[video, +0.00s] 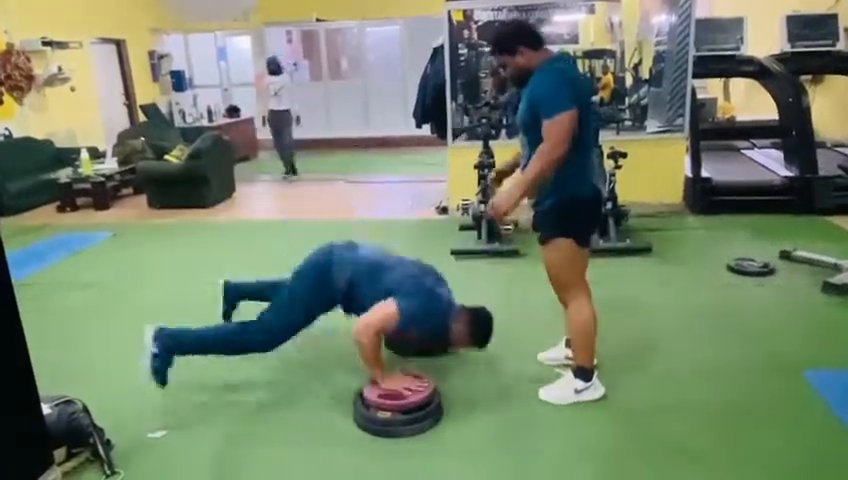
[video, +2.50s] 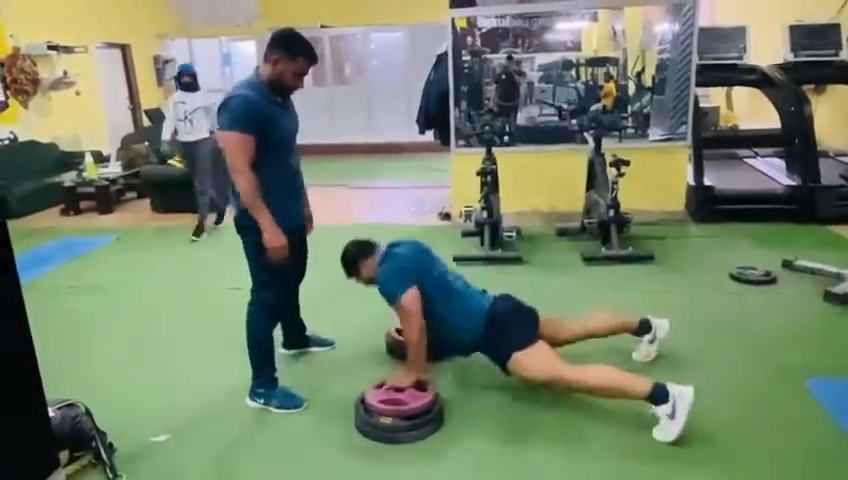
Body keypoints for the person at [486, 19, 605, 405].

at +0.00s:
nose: (504, 72)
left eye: (504, 63)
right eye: (501, 65)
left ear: (521, 52)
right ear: (526, 50)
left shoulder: (553, 79)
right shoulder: (549, 75)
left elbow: (556, 146)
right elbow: (544, 140)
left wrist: (513, 193)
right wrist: (512, 170)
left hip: (567, 199)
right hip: (563, 196)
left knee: (572, 290)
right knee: (569, 281)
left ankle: (585, 378)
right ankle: (576, 347)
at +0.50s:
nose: (510, 61)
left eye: (512, 53)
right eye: (509, 53)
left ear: (527, 49)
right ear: (542, 42)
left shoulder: (556, 81)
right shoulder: (558, 74)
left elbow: (565, 150)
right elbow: (567, 147)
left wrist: (545, 210)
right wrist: (548, 202)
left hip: (570, 201)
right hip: (566, 197)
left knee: (575, 290)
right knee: (568, 282)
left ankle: (586, 379)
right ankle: (577, 346)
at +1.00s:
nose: (504, 71)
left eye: (504, 63)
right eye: (501, 65)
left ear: (519, 53)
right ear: (524, 51)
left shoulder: (548, 83)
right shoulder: (548, 78)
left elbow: (555, 149)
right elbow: (557, 145)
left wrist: (526, 206)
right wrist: (531, 202)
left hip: (567, 202)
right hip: (561, 201)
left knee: (574, 292)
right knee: (569, 284)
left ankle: (586, 380)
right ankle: (577, 347)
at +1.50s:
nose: (469, 214)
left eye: (471, 207)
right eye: (467, 208)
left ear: (486, 200)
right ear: (490, 195)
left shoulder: (512, 220)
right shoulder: (508, 207)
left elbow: (494, 289)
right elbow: (491, 261)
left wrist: (448, 325)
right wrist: (456, 284)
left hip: (575, 306)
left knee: (500, 336)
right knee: (498, 299)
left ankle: (575, 372)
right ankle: (564, 338)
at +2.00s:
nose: (374, 360)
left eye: (370, 356)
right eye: (370, 357)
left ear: (371, 343)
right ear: (373, 324)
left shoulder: (391, 327)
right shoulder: (398, 299)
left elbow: (427, 332)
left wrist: (416, 372)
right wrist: (419, 358)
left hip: (503, 317)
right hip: (504, 292)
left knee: (574, 363)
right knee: (574, 325)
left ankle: (675, 395)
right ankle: (651, 326)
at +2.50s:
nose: (365, 282)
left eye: (361, 277)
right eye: (361, 278)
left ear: (364, 264)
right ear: (372, 250)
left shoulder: (391, 272)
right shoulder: (406, 248)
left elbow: (414, 323)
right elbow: (427, 310)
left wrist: (414, 376)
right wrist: (418, 347)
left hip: (494, 332)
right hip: (500, 308)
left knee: (561, 375)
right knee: (567, 330)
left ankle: (664, 396)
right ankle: (646, 325)